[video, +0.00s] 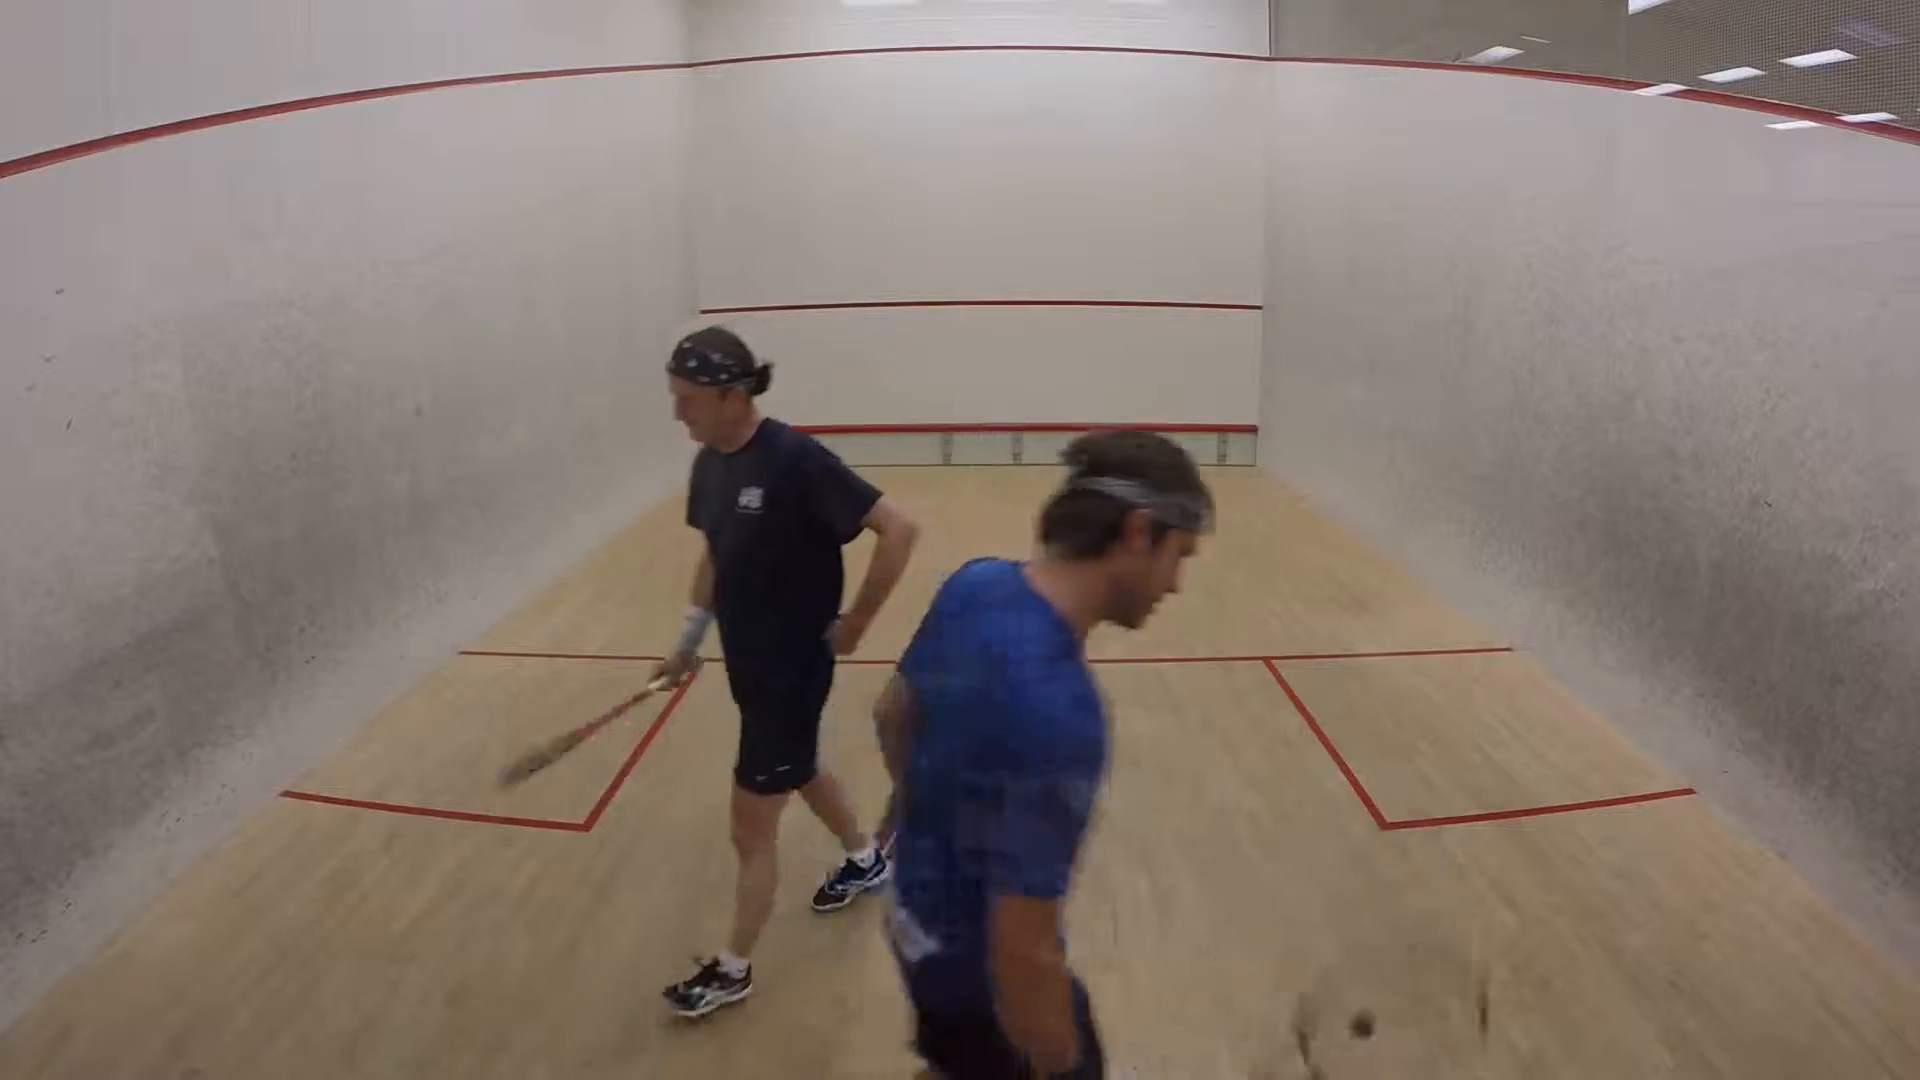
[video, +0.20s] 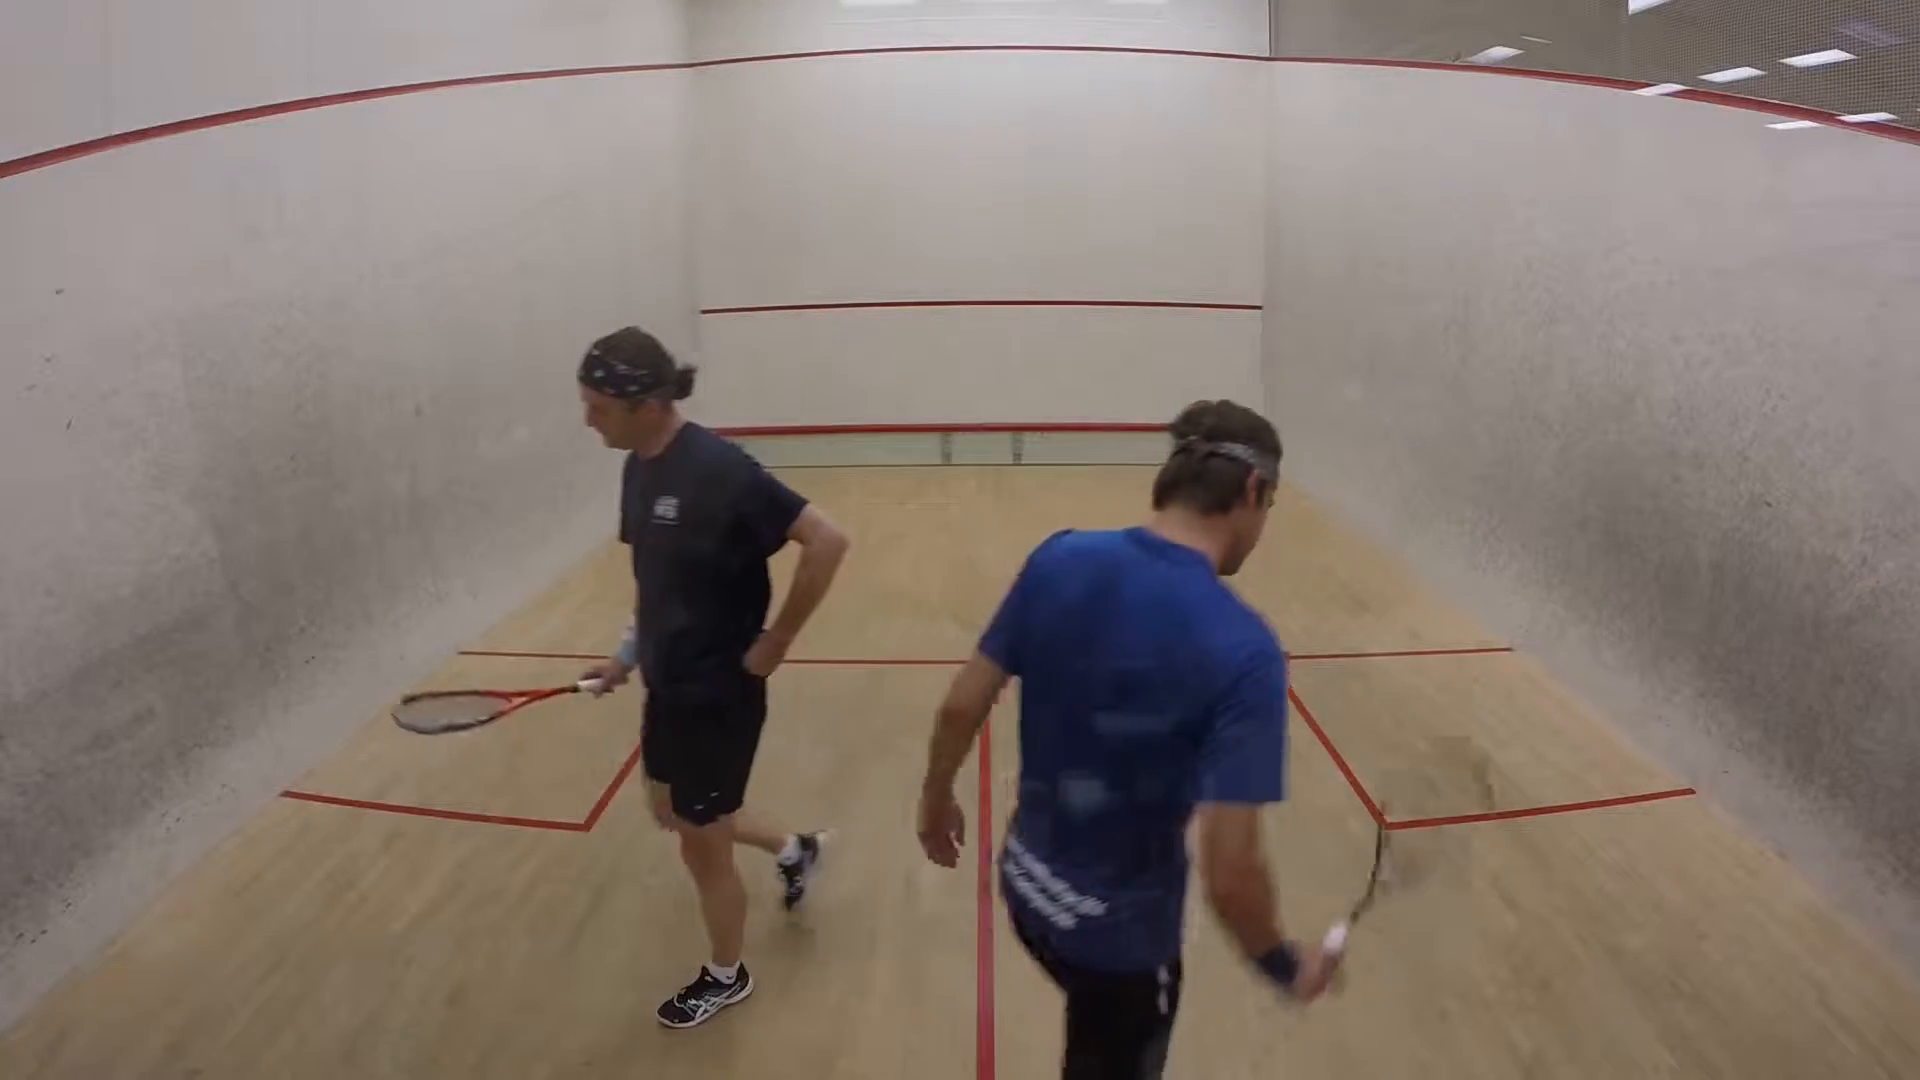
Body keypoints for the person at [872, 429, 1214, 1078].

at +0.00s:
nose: (1175, 584)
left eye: (1185, 560)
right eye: (1180, 556)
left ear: (1128, 533)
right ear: (1137, 533)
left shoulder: (978, 584)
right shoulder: (1058, 711)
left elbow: (895, 712)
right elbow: (1023, 950)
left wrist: (917, 803)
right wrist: (1057, 1062)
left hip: (917, 911)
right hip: (982, 975)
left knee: (957, 1052)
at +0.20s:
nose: (1262, 526)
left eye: (1268, 507)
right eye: (1268, 505)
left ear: (1167, 478)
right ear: (1253, 493)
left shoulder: (1062, 561)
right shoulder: (1239, 646)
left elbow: (961, 705)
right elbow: (1228, 863)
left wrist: (936, 796)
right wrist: (1284, 963)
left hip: (1026, 891)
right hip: (1118, 941)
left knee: (1113, 1030)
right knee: (1110, 1069)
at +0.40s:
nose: (1306, 506)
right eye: (1306, 492)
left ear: (1225, 489)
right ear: (1301, 497)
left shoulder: (1149, 572)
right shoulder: (1324, 615)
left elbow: (1082, 715)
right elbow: (1360, 804)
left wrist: (1026, 824)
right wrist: (1393, 875)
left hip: (1137, 848)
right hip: (1227, 882)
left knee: (1181, 983)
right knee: (1184, 1055)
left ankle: (1241, 1056)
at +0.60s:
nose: (1336, 453)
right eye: (1341, 444)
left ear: (1267, 446)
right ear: (1339, 451)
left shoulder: (1211, 522)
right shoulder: (1373, 552)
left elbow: (1160, 651)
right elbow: (1408, 710)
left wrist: (1136, 733)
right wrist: (1421, 744)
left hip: (1205, 784)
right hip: (1300, 804)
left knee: (1235, 924)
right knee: (1306, 938)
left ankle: (1247, 1065)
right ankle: (1245, 1067)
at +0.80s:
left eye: (1299, 419)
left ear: (1296, 428)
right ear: (1363, 430)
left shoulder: (1251, 498)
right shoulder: (1396, 527)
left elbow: (1186, 610)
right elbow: (1430, 655)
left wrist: (1179, 646)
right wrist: (1434, 683)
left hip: (1250, 737)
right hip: (1337, 746)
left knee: (1254, 891)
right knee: (1335, 846)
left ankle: (1247, 1049)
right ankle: (1326, 932)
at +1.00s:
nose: (1336, 420)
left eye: (1328, 408)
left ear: (1321, 418)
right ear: (1379, 420)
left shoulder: (1285, 482)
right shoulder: (1411, 505)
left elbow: (1236, 581)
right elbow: (1432, 614)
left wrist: (1190, 620)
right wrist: (1436, 659)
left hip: (1283, 699)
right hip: (1359, 703)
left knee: (1267, 825)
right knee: (1341, 792)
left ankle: (1256, 974)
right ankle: (1317, 896)